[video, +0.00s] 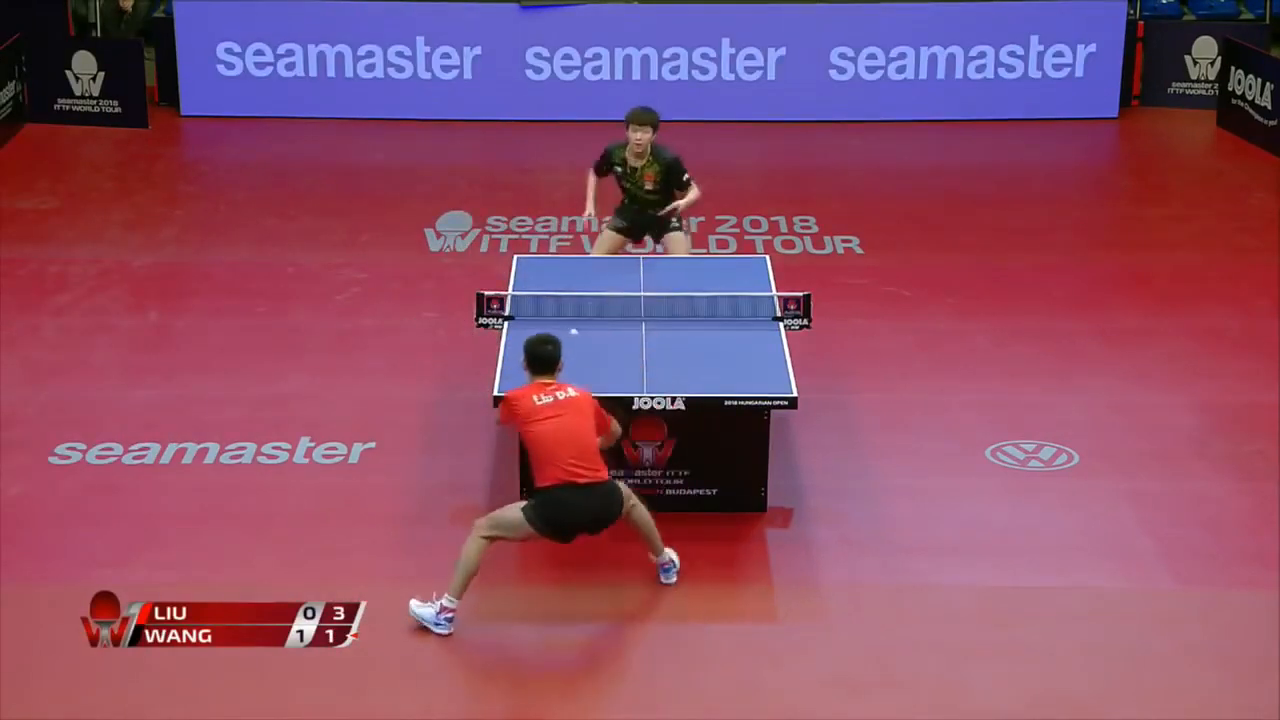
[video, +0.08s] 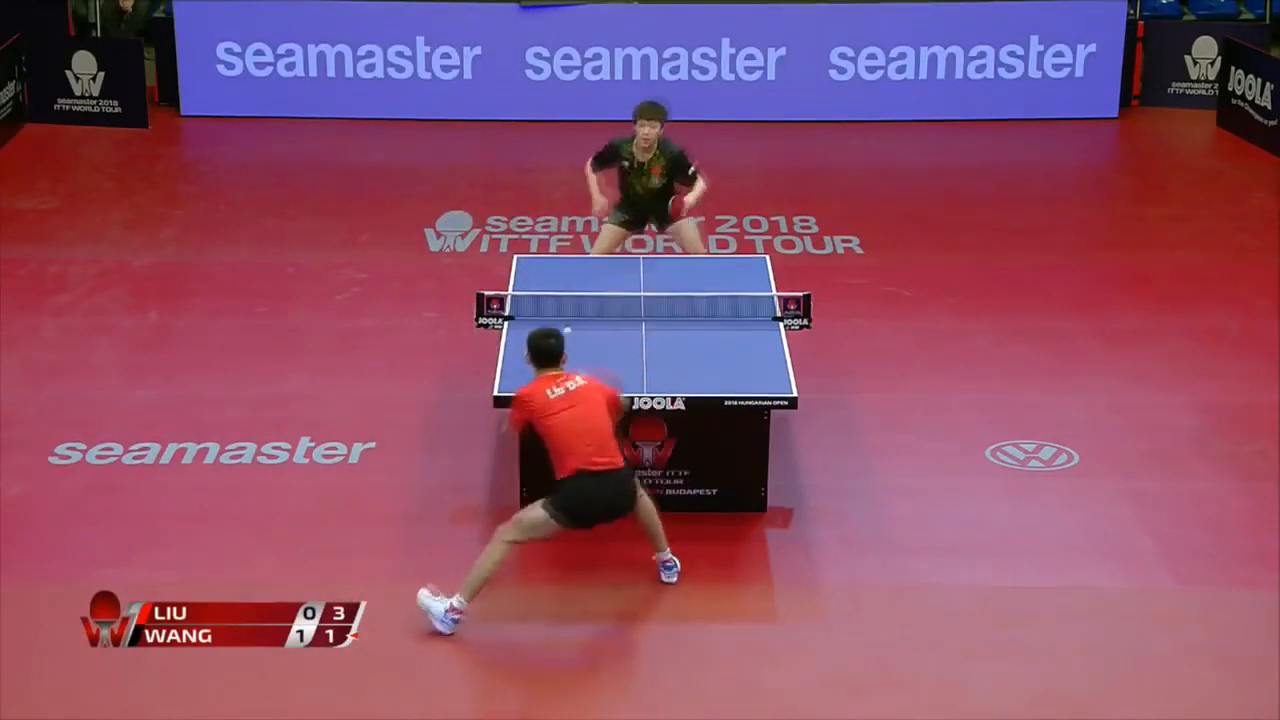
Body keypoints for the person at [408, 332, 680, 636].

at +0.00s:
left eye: (528, 361)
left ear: (526, 365)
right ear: (560, 365)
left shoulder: (514, 401)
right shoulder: (583, 397)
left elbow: (503, 421)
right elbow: (614, 431)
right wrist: (590, 447)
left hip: (555, 506)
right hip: (601, 502)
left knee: (484, 528)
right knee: (627, 497)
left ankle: (445, 609)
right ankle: (665, 560)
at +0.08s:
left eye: (531, 357)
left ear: (530, 360)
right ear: (563, 357)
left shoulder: (527, 396)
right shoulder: (591, 384)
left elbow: (512, 431)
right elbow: (620, 405)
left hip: (578, 494)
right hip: (621, 488)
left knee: (508, 534)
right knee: (637, 490)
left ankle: (453, 609)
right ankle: (668, 561)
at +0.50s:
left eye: (538, 311)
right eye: (564, 310)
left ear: (536, 314)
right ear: (568, 314)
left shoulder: (533, 351)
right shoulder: (591, 351)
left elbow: (517, 394)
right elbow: (620, 398)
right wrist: (623, 387)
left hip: (554, 455)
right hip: (595, 451)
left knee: (487, 500)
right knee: (590, 479)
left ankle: (458, 586)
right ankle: (616, 543)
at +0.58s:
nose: (561, 318)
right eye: (561, 314)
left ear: (528, 317)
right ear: (560, 319)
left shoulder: (515, 354)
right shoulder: (581, 359)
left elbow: (475, 378)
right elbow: (617, 398)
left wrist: (445, 376)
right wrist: (623, 384)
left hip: (532, 462)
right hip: (575, 460)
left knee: (467, 498)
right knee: (589, 481)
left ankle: (451, 585)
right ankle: (617, 543)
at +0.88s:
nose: (514, 354)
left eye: (504, 348)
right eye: (514, 350)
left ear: (481, 348)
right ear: (511, 352)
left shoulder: (453, 382)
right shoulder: (524, 390)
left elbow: (418, 411)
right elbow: (556, 422)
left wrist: (438, 383)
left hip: (459, 494)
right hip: (512, 495)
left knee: (419, 513)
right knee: (573, 519)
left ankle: (382, 585)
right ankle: (618, 594)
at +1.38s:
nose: (371, 371)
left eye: (369, 365)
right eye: (370, 366)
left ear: (332, 369)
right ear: (365, 372)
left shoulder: (301, 410)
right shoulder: (372, 419)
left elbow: (278, 447)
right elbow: (429, 451)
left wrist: (316, 439)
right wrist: (457, 427)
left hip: (315, 530)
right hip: (362, 529)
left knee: (295, 535)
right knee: (441, 561)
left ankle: (272, 618)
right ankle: (487, 638)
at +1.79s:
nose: (354, 475)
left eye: (352, 470)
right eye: (351, 470)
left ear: (326, 475)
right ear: (336, 479)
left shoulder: (331, 494)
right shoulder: (298, 522)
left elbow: (386, 504)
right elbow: (285, 590)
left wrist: (418, 533)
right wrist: (319, 626)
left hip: (238, 579)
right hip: (237, 592)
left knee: (205, 630)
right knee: (321, 630)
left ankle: (138, 655)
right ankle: (301, 708)